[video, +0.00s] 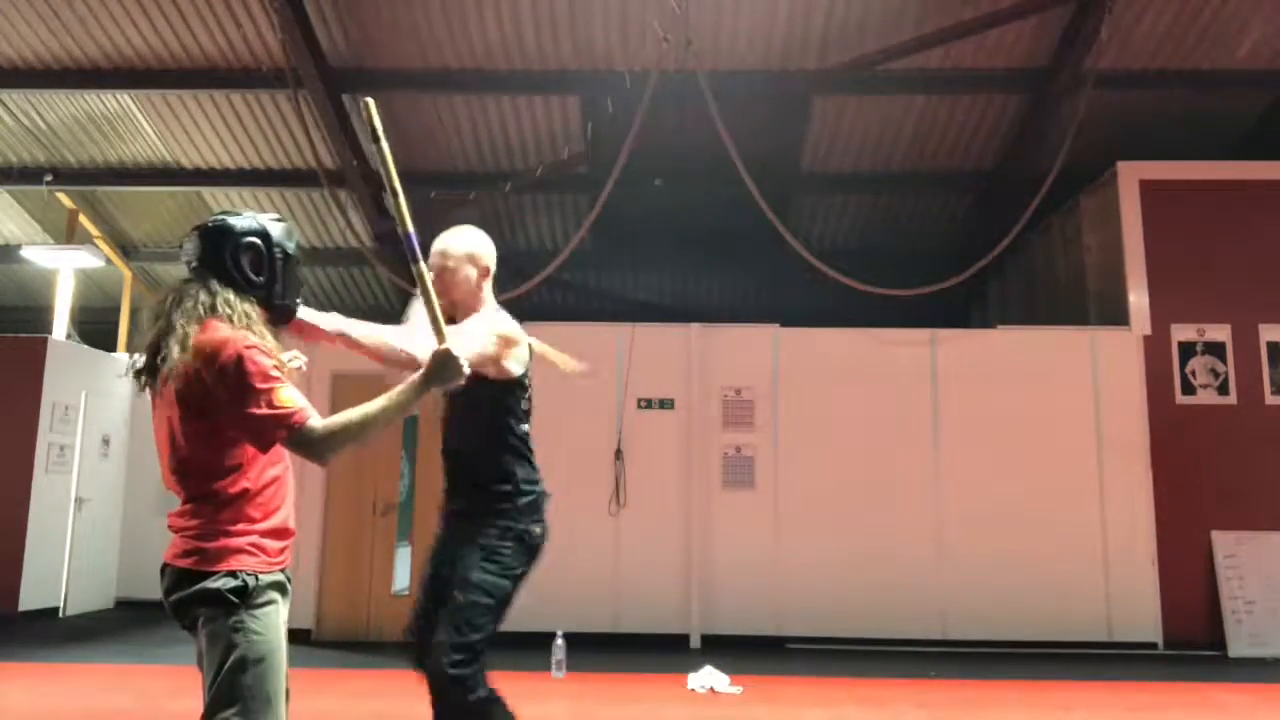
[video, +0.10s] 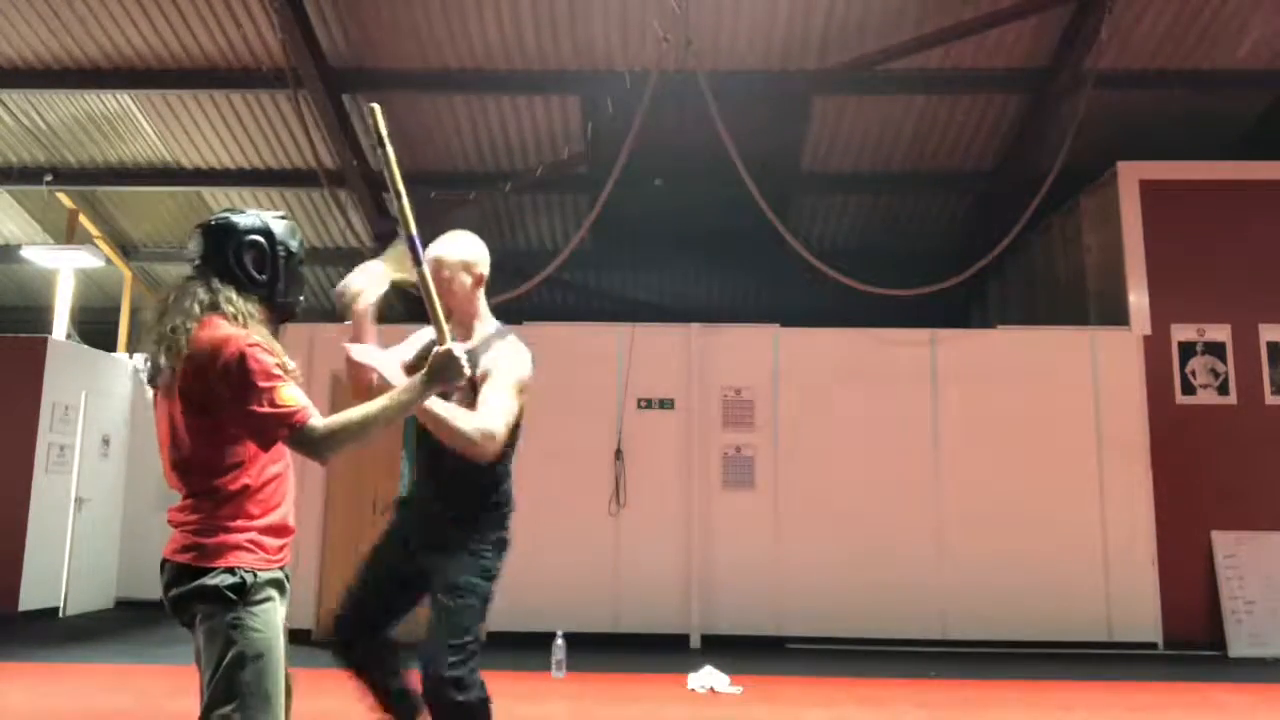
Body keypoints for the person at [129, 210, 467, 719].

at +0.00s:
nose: (290, 282)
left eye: (288, 268)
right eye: (282, 266)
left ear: (221, 268)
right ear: (252, 266)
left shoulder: (187, 342)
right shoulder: (231, 347)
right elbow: (321, 443)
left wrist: (264, 372)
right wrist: (423, 382)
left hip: (212, 571)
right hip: (238, 577)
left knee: (238, 710)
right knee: (251, 713)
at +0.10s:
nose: (295, 282)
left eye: (293, 268)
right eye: (288, 266)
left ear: (232, 266)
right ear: (255, 264)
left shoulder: (193, 338)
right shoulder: (235, 347)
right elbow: (319, 441)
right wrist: (422, 385)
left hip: (214, 567)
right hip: (237, 573)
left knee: (270, 700)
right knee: (246, 712)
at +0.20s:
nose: (294, 279)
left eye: (293, 265)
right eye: (288, 264)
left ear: (224, 265)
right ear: (259, 263)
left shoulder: (190, 339)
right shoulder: (236, 349)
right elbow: (321, 444)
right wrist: (422, 388)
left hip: (207, 562)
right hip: (239, 570)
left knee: (240, 707)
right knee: (245, 711)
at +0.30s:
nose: (299, 282)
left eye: (297, 267)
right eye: (291, 267)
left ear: (217, 265)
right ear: (265, 270)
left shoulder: (179, 353)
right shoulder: (241, 359)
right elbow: (311, 450)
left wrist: (331, 403)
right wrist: (417, 397)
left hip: (193, 565)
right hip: (239, 575)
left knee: (215, 695)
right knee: (246, 712)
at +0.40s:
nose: (265, 354)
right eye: (259, 344)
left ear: (191, 338)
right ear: (247, 337)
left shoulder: (169, 385)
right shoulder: (254, 376)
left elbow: (173, 476)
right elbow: (309, 450)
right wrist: (412, 404)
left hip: (183, 568)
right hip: (240, 577)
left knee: (209, 693)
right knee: (253, 712)